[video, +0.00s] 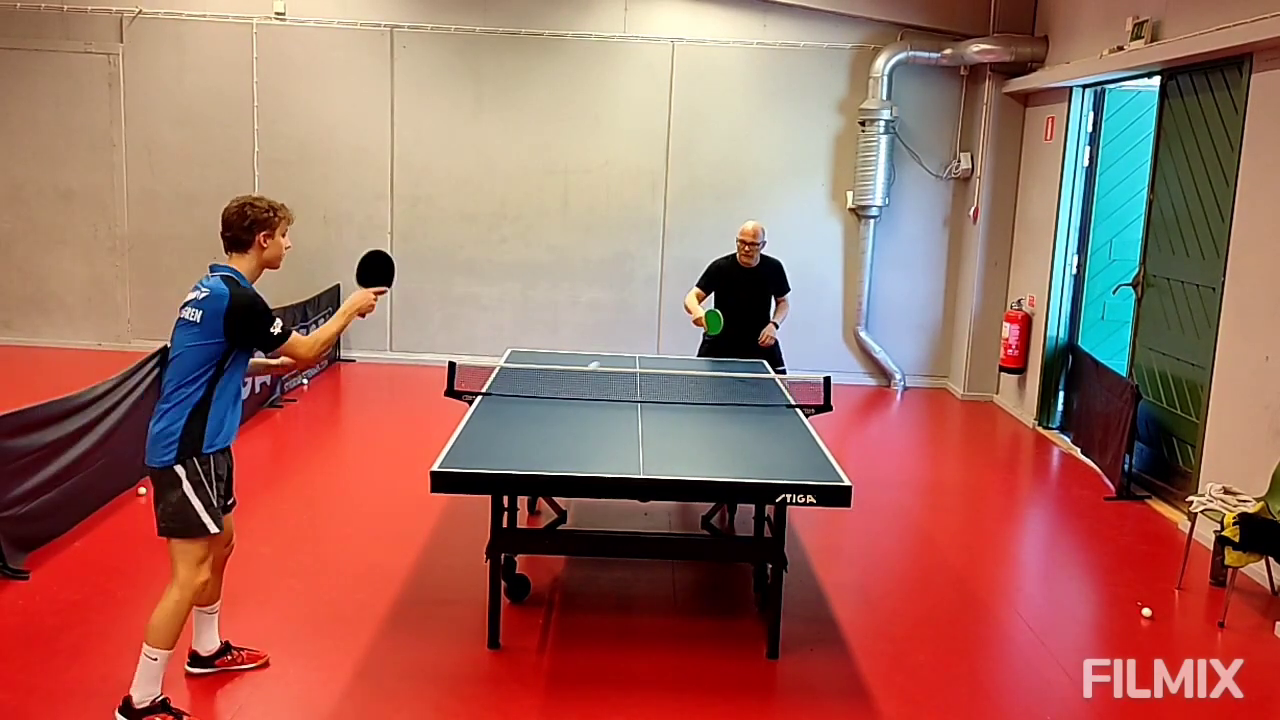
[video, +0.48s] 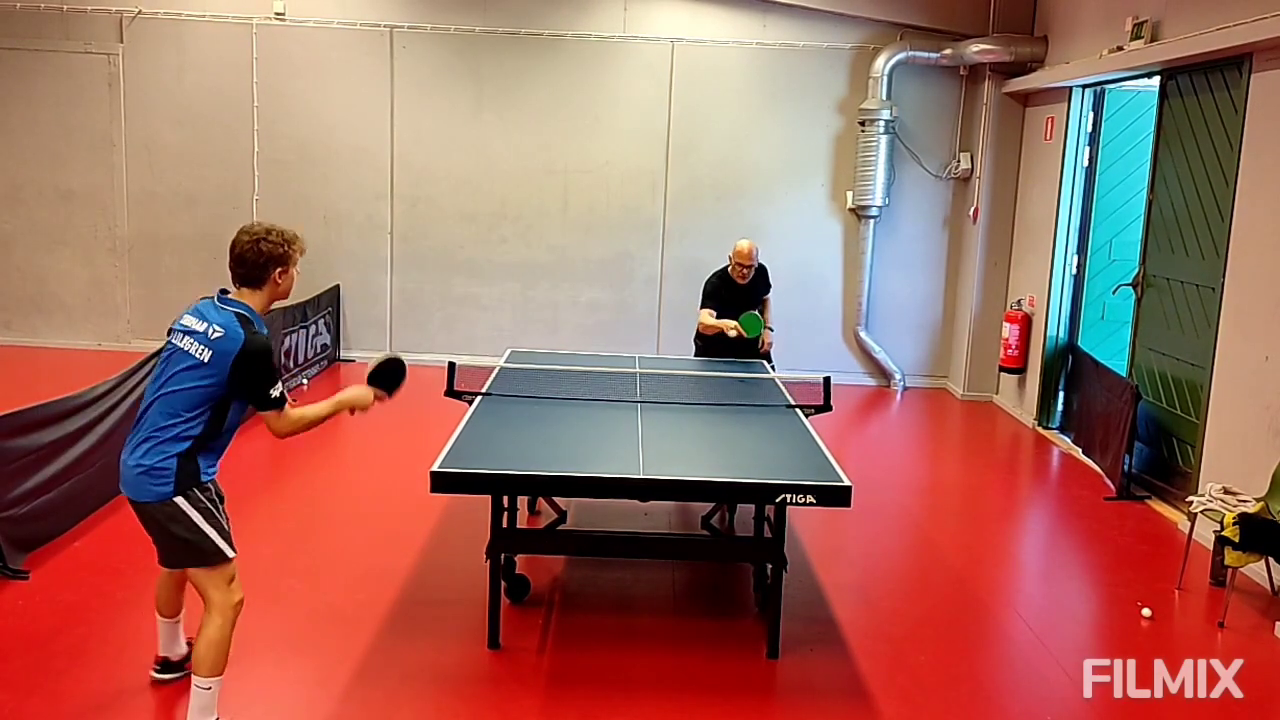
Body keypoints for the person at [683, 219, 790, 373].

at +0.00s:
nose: (746, 249)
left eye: (753, 245)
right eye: (742, 243)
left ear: (763, 245)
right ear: (736, 241)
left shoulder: (773, 268)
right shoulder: (720, 267)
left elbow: (783, 303)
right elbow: (691, 298)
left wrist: (774, 325)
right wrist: (697, 312)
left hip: (759, 347)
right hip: (720, 347)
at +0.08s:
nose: (746, 249)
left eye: (753, 245)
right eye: (742, 244)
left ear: (762, 246)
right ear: (736, 241)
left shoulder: (772, 267)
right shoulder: (719, 267)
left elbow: (781, 301)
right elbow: (692, 299)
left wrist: (773, 326)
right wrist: (699, 319)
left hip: (759, 351)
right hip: (719, 351)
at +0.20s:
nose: (745, 255)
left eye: (752, 251)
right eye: (741, 248)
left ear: (761, 250)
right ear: (734, 245)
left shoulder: (769, 267)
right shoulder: (717, 269)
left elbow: (778, 299)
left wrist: (772, 326)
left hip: (758, 352)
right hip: (717, 351)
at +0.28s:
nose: (745, 266)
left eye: (751, 262)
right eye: (741, 260)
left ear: (759, 258)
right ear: (732, 253)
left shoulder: (766, 271)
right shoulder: (716, 276)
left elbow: (773, 301)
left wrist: (770, 329)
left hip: (753, 343)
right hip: (713, 343)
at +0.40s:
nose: (744, 274)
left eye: (750, 269)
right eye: (740, 268)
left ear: (757, 265)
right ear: (731, 261)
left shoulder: (761, 274)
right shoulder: (715, 283)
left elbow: (766, 302)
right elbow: (702, 326)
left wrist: (766, 331)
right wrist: (727, 331)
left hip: (750, 352)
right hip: (712, 352)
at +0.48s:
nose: (744, 272)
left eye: (750, 267)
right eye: (740, 266)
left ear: (757, 263)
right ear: (730, 260)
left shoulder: (761, 273)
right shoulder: (715, 282)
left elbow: (765, 300)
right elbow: (703, 324)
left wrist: (767, 328)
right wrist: (723, 325)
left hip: (752, 350)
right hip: (715, 352)